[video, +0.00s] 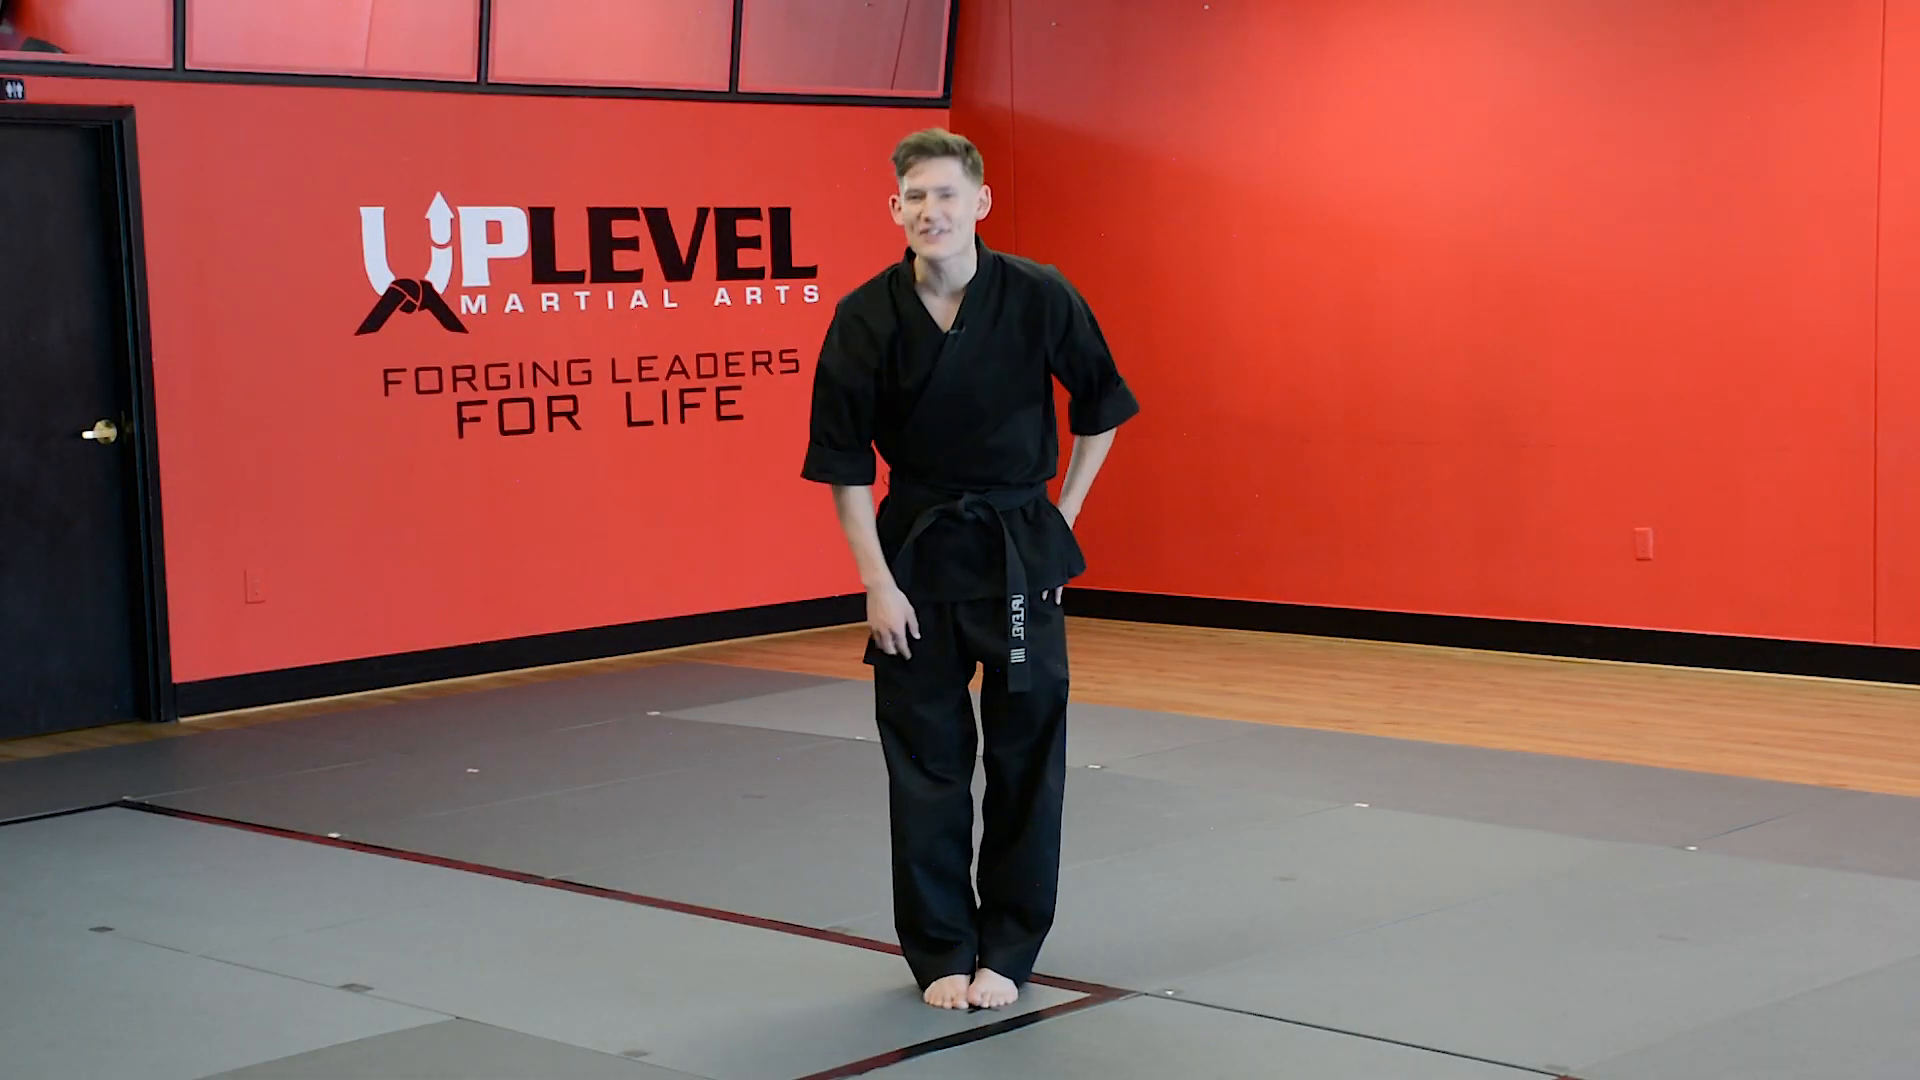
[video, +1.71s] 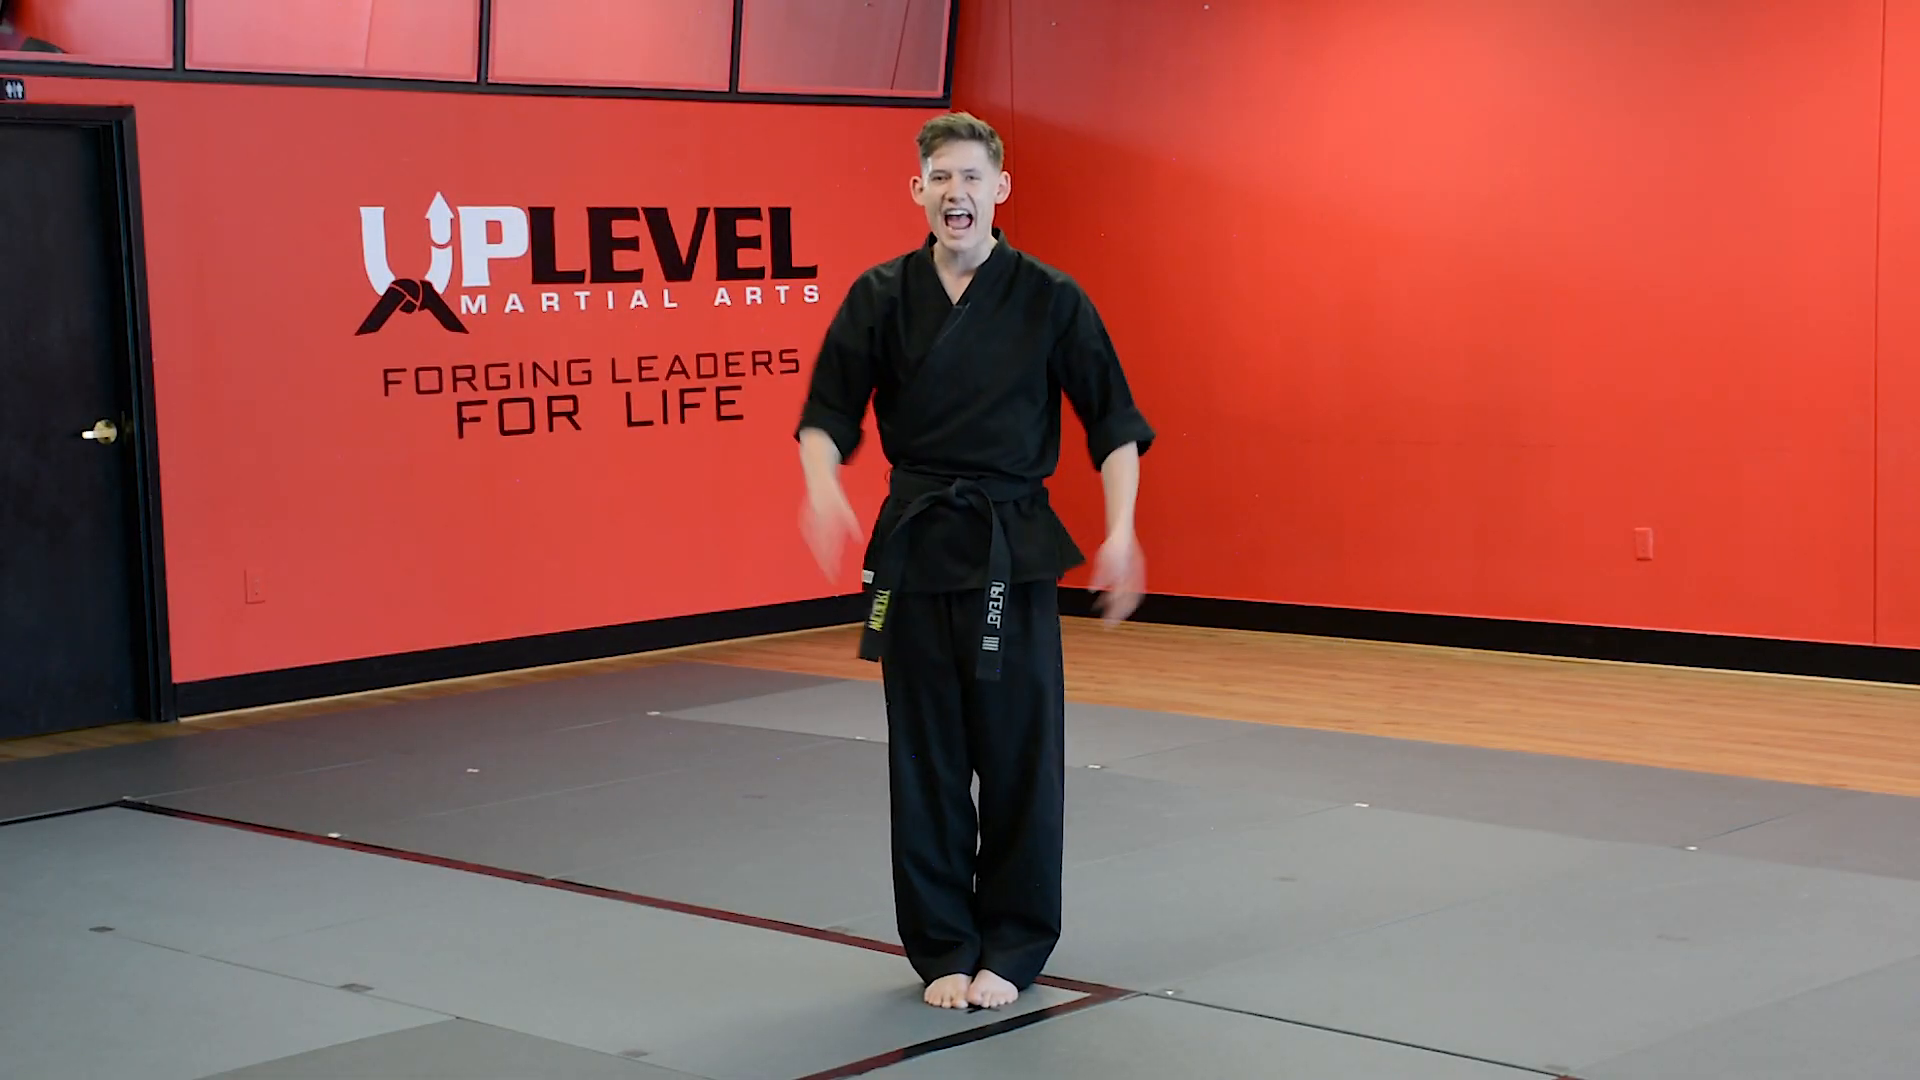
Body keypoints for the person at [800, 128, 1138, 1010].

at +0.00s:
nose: (928, 210)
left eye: (945, 194)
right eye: (914, 196)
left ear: (982, 202)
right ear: (897, 209)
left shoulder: (1037, 295)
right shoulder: (865, 319)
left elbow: (1103, 399)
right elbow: (844, 463)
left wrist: (1065, 514)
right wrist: (877, 585)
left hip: (1022, 544)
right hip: (915, 551)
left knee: (1025, 762)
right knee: (928, 767)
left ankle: (1006, 953)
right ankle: (941, 955)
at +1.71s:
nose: (957, 192)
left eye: (972, 176)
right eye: (941, 177)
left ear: (1001, 187)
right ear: (918, 190)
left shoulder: (1050, 297)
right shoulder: (880, 296)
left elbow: (1115, 420)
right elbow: (822, 416)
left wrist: (1120, 531)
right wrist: (821, 492)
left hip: (1018, 544)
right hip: (915, 544)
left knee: (1021, 762)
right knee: (927, 762)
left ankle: (1011, 953)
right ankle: (945, 952)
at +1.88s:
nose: (949, 192)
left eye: (966, 176)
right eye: (934, 177)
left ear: (995, 187)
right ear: (913, 188)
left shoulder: (1045, 291)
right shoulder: (877, 291)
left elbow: (1073, 418)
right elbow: (861, 438)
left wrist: (1056, 420)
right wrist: (858, 394)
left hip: (1011, 538)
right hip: (914, 538)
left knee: (1017, 756)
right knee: (927, 758)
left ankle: (1010, 952)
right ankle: (943, 953)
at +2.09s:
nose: (949, 189)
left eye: (965, 174)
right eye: (934, 174)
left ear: (993, 186)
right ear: (912, 187)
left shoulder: (1044, 293)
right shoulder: (873, 296)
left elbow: (1079, 421)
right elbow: (838, 426)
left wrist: (1059, 513)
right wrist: (869, 518)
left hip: (1017, 534)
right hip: (916, 536)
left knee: (1020, 755)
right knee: (927, 758)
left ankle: (1009, 954)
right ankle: (942, 954)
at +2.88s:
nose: (921, 243)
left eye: (938, 226)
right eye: (908, 227)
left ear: (975, 233)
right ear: (891, 238)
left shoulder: (1033, 340)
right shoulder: (865, 341)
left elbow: (1061, 484)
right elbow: (814, 478)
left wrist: (1061, 605)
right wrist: (829, 580)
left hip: (1011, 573)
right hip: (909, 576)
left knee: (1025, 787)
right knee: (910, 786)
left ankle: (1012, 959)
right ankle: (940, 959)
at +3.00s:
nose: (868, 223)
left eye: (883, 206)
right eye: (861, 207)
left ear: (936, 202)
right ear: (862, 210)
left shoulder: (1021, 295)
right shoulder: (862, 295)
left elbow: (1059, 437)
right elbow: (750, 349)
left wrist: (1066, 560)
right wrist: (798, 379)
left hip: (1009, 537)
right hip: (910, 538)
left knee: (1025, 753)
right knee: (908, 756)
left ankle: (1015, 958)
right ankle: (942, 955)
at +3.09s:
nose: (842, 197)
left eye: (857, 181)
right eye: (837, 181)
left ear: (911, 178)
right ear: (843, 183)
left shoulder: (1002, 256)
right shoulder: (844, 266)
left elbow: (1061, 389)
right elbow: (720, 281)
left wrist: (1076, 513)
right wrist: (776, 267)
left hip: (1012, 511)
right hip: (912, 511)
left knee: (1042, 732)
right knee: (903, 735)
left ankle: (1036, 949)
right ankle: (911, 949)